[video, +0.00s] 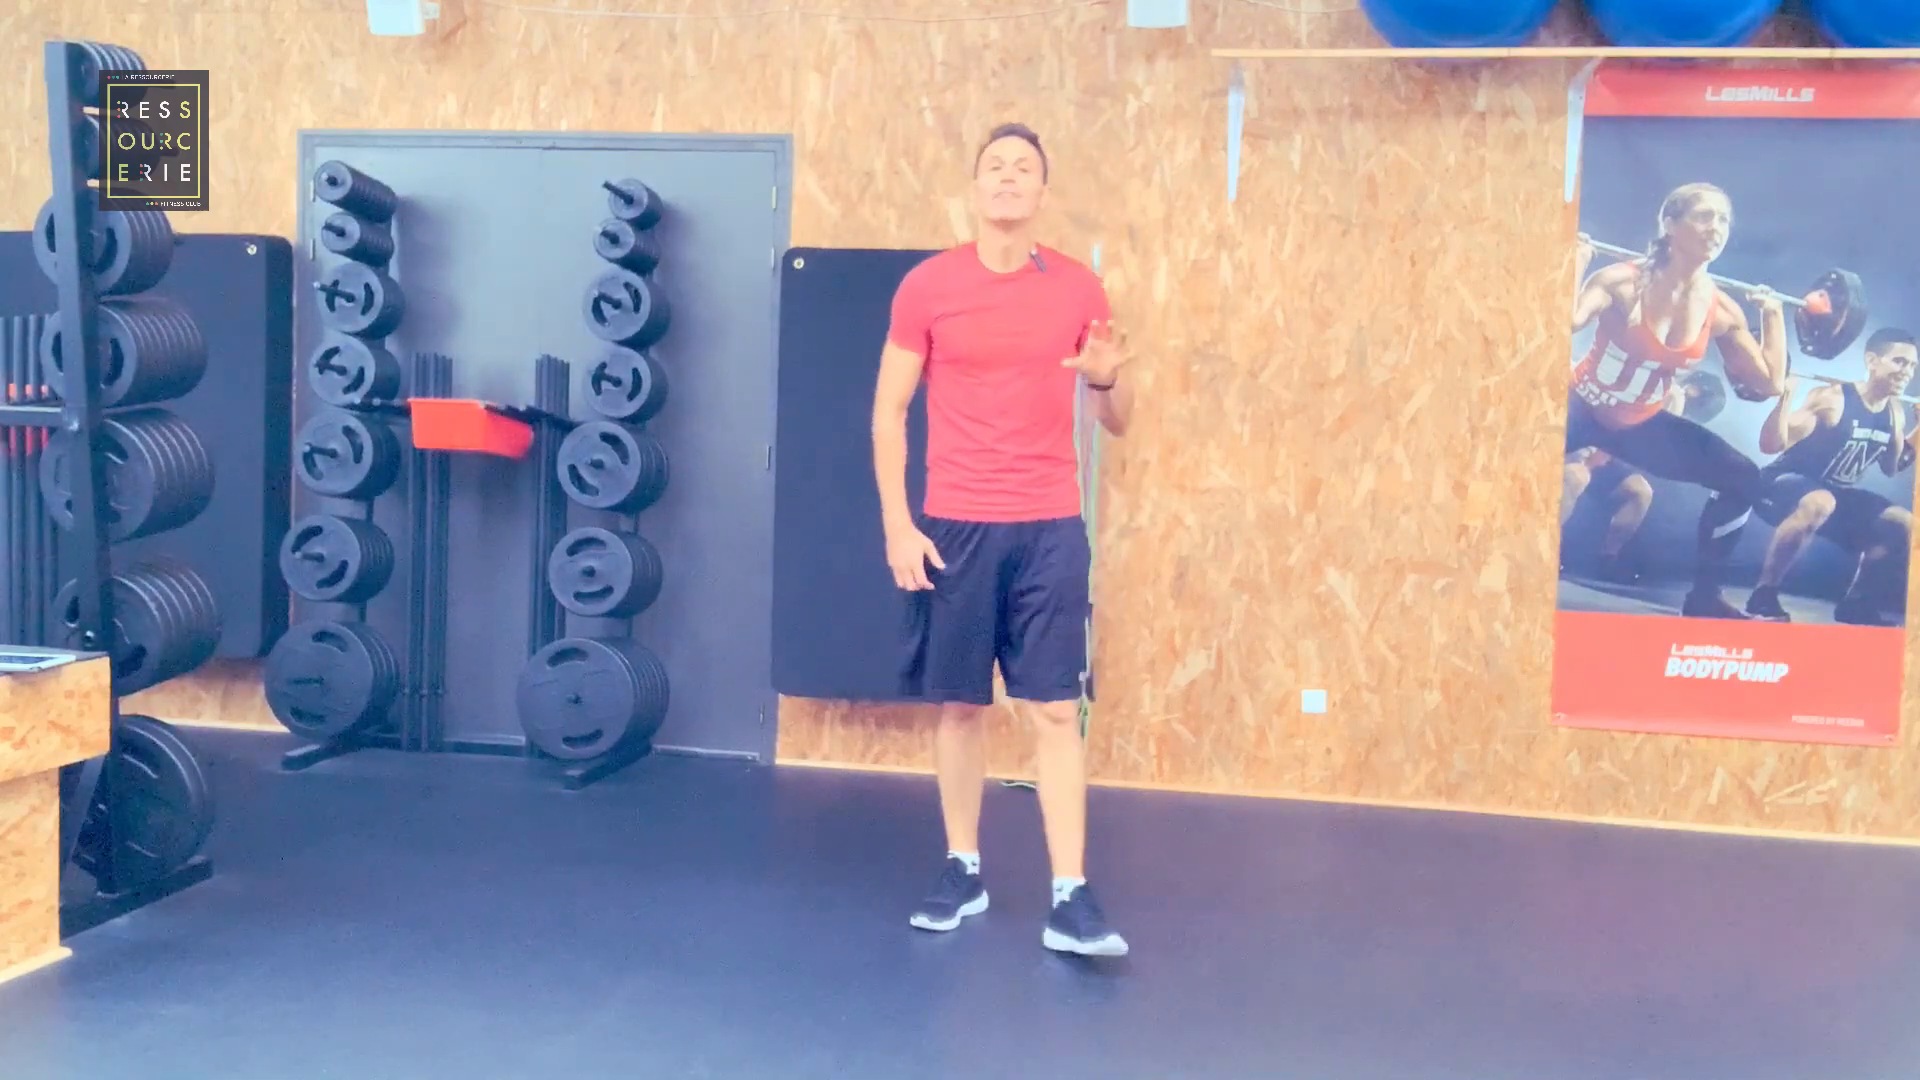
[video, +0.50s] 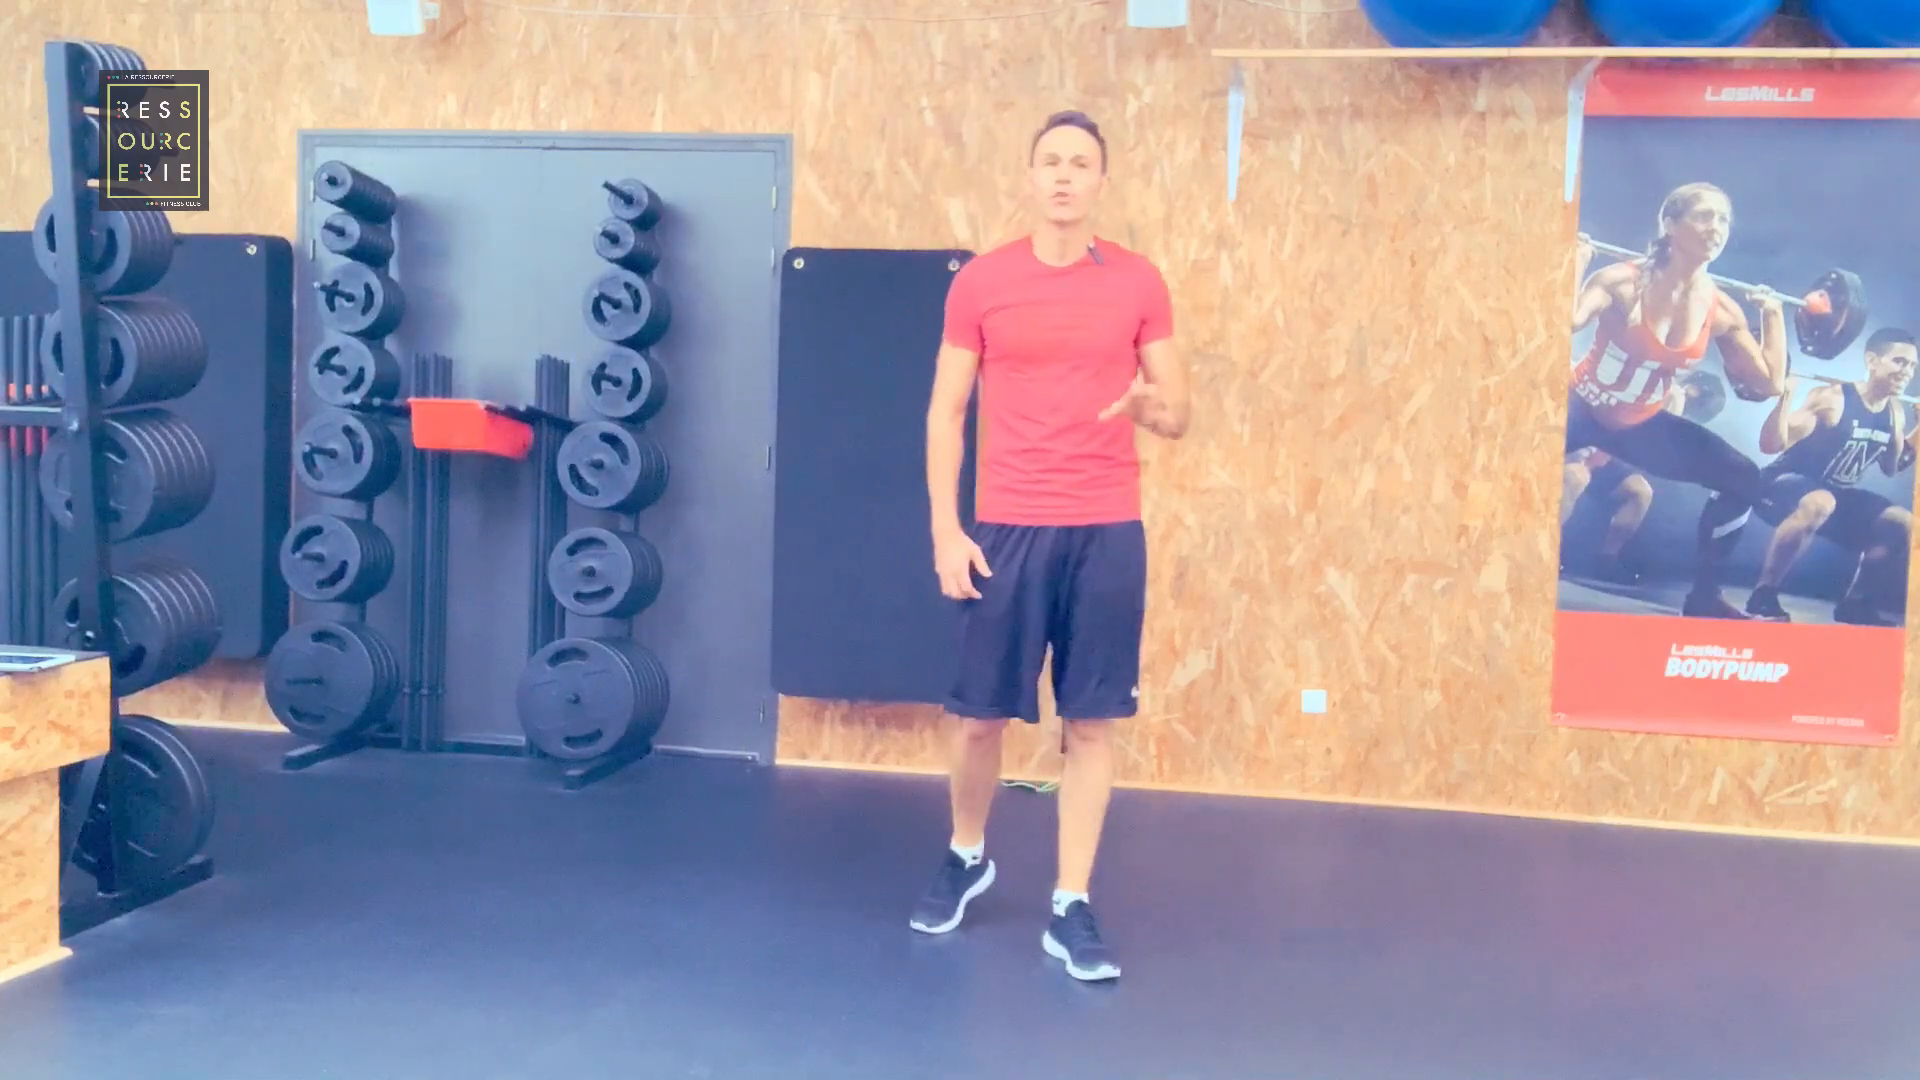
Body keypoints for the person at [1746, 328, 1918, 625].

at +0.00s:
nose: (1906, 372)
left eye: (1911, 365)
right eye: (1899, 361)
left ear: (1913, 371)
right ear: (1872, 361)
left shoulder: (1893, 412)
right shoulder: (1830, 397)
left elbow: (1892, 466)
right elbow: (1769, 444)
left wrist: (1914, 438)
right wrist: (1784, 396)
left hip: (1839, 495)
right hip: (1786, 481)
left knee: (1904, 524)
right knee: (1821, 502)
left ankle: (1855, 604)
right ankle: (1763, 596)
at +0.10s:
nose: (1906, 372)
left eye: (1911, 365)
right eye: (1899, 361)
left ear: (1913, 371)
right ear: (1872, 361)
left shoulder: (1894, 412)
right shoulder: (1830, 397)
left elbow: (1892, 466)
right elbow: (1769, 444)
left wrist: (1913, 439)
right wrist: (1785, 396)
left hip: (1839, 495)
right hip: (1786, 481)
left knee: (1904, 524)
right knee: (1821, 502)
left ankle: (1855, 605)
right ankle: (1763, 596)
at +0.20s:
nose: (1906, 372)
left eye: (1911, 365)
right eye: (1899, 361)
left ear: (1913, 371)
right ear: (1872, 361)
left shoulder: (1894, 411)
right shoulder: (1831, 397)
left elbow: (1891, 466)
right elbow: (1769, 444)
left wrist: (1914, 437)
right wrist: (1785, 396)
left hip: (1839, 495)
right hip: (1785, 482)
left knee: (1904, 524)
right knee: (1821, 502)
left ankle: (1854, 604)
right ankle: (1763, 596)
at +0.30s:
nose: (1906, 372)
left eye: (1911, 365)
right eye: (1899, 361)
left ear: (1913, 371)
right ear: (1872, 361)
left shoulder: (1894, 411)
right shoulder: (1831, 397)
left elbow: (1891, 467)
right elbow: (1768, 444)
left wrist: (1913, 439)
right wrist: (1785, 397)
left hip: (1839, 495)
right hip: (1786, 482)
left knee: (1904, 524)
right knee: (1821, 502)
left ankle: (1855, 604)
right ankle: (1763, 595)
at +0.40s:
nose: (1906, 372)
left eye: (1911, 365)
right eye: (1899, 361)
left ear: (1913, 371)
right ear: (1872, 361)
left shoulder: (1894, 411)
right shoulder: (1831, 397)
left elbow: (1891, 466)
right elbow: (1769, 444)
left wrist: (1913, 438)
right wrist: (1785, 396)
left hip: (1839, 495)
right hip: (1785, 482)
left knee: (1904, 524)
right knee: (1821, 502)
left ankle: (1855, 604)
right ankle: (1763, 595)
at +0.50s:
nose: (1906, 372)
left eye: (1911, 365)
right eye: (1899, 361)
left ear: (1913, 371)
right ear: (1871, 361)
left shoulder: (1894, 411)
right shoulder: (1830, 398)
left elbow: (1891, 467)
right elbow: (1768, 444)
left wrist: (1911, 444)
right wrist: (1785, 396)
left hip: (1839, 495)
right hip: (1786, 482)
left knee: (1904, 524)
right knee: (1821, 502)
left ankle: (1855, 604)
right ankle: (1763, 595)